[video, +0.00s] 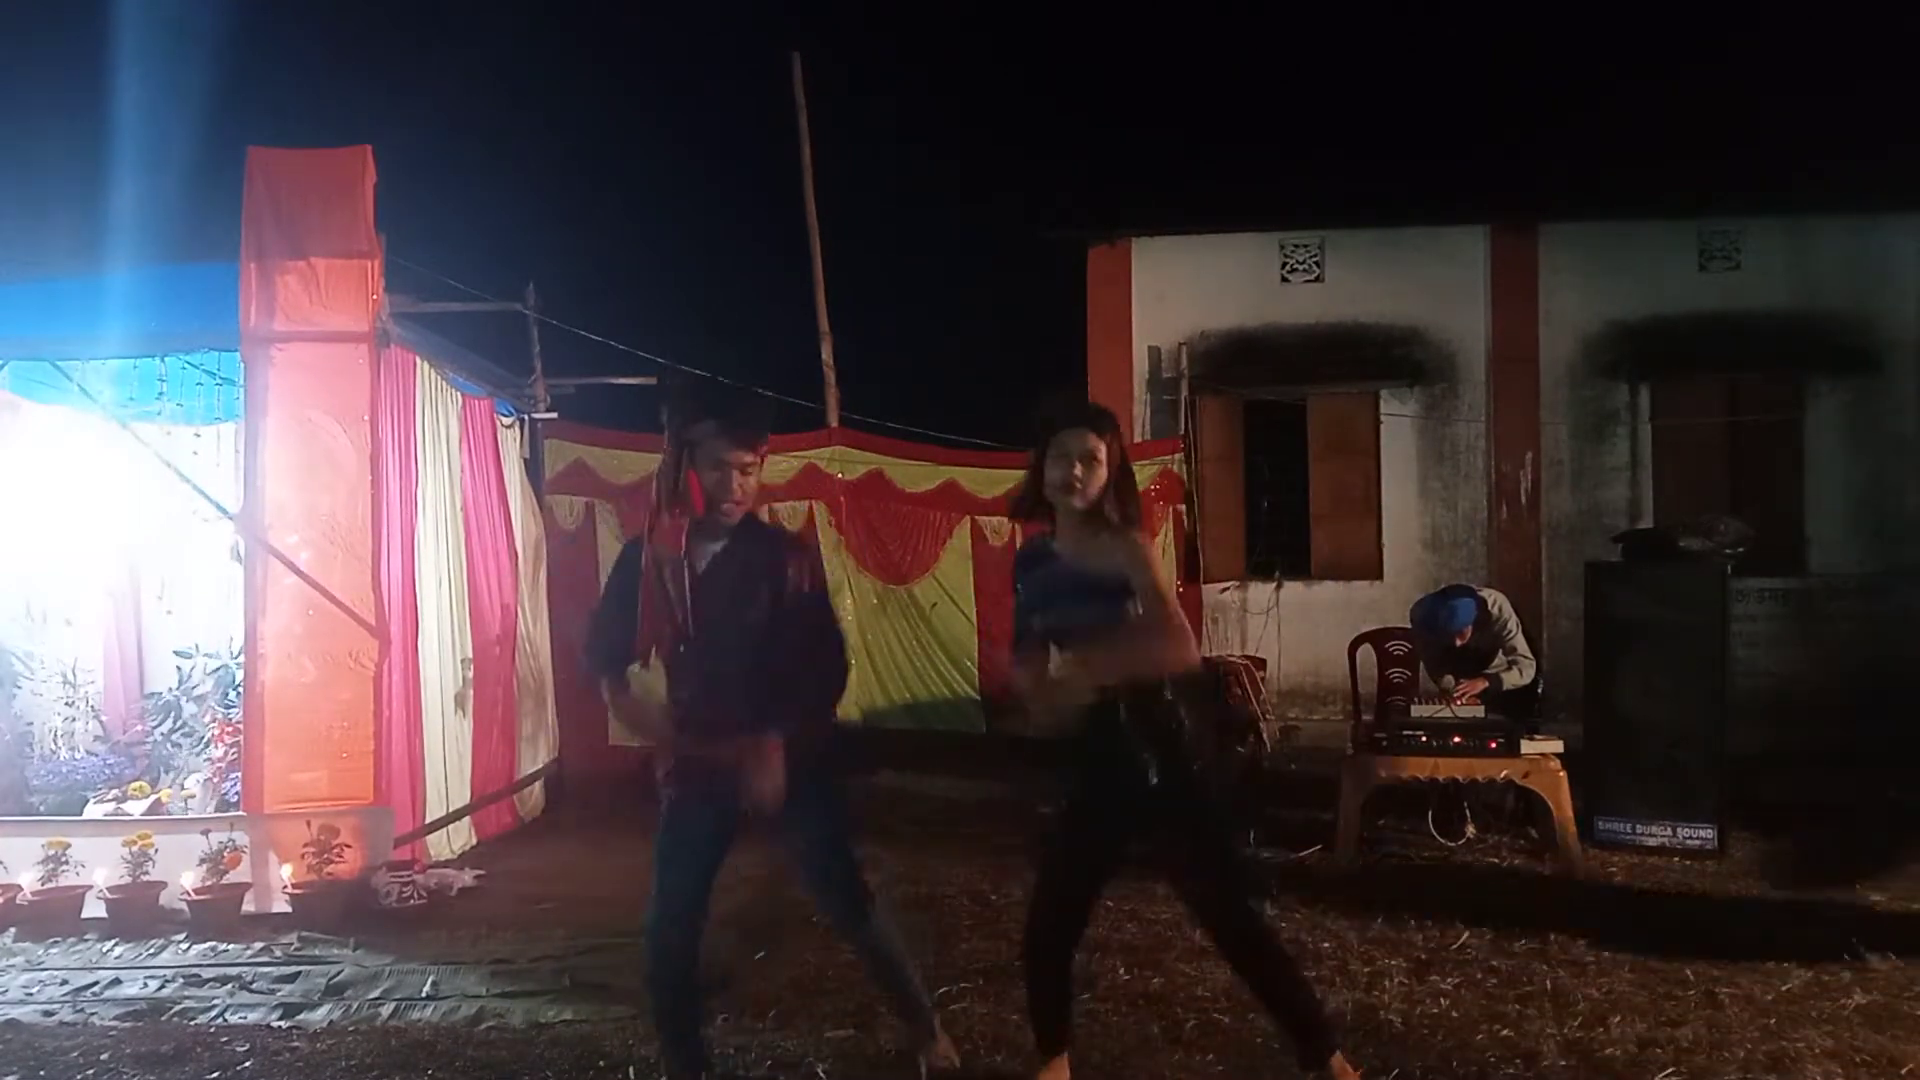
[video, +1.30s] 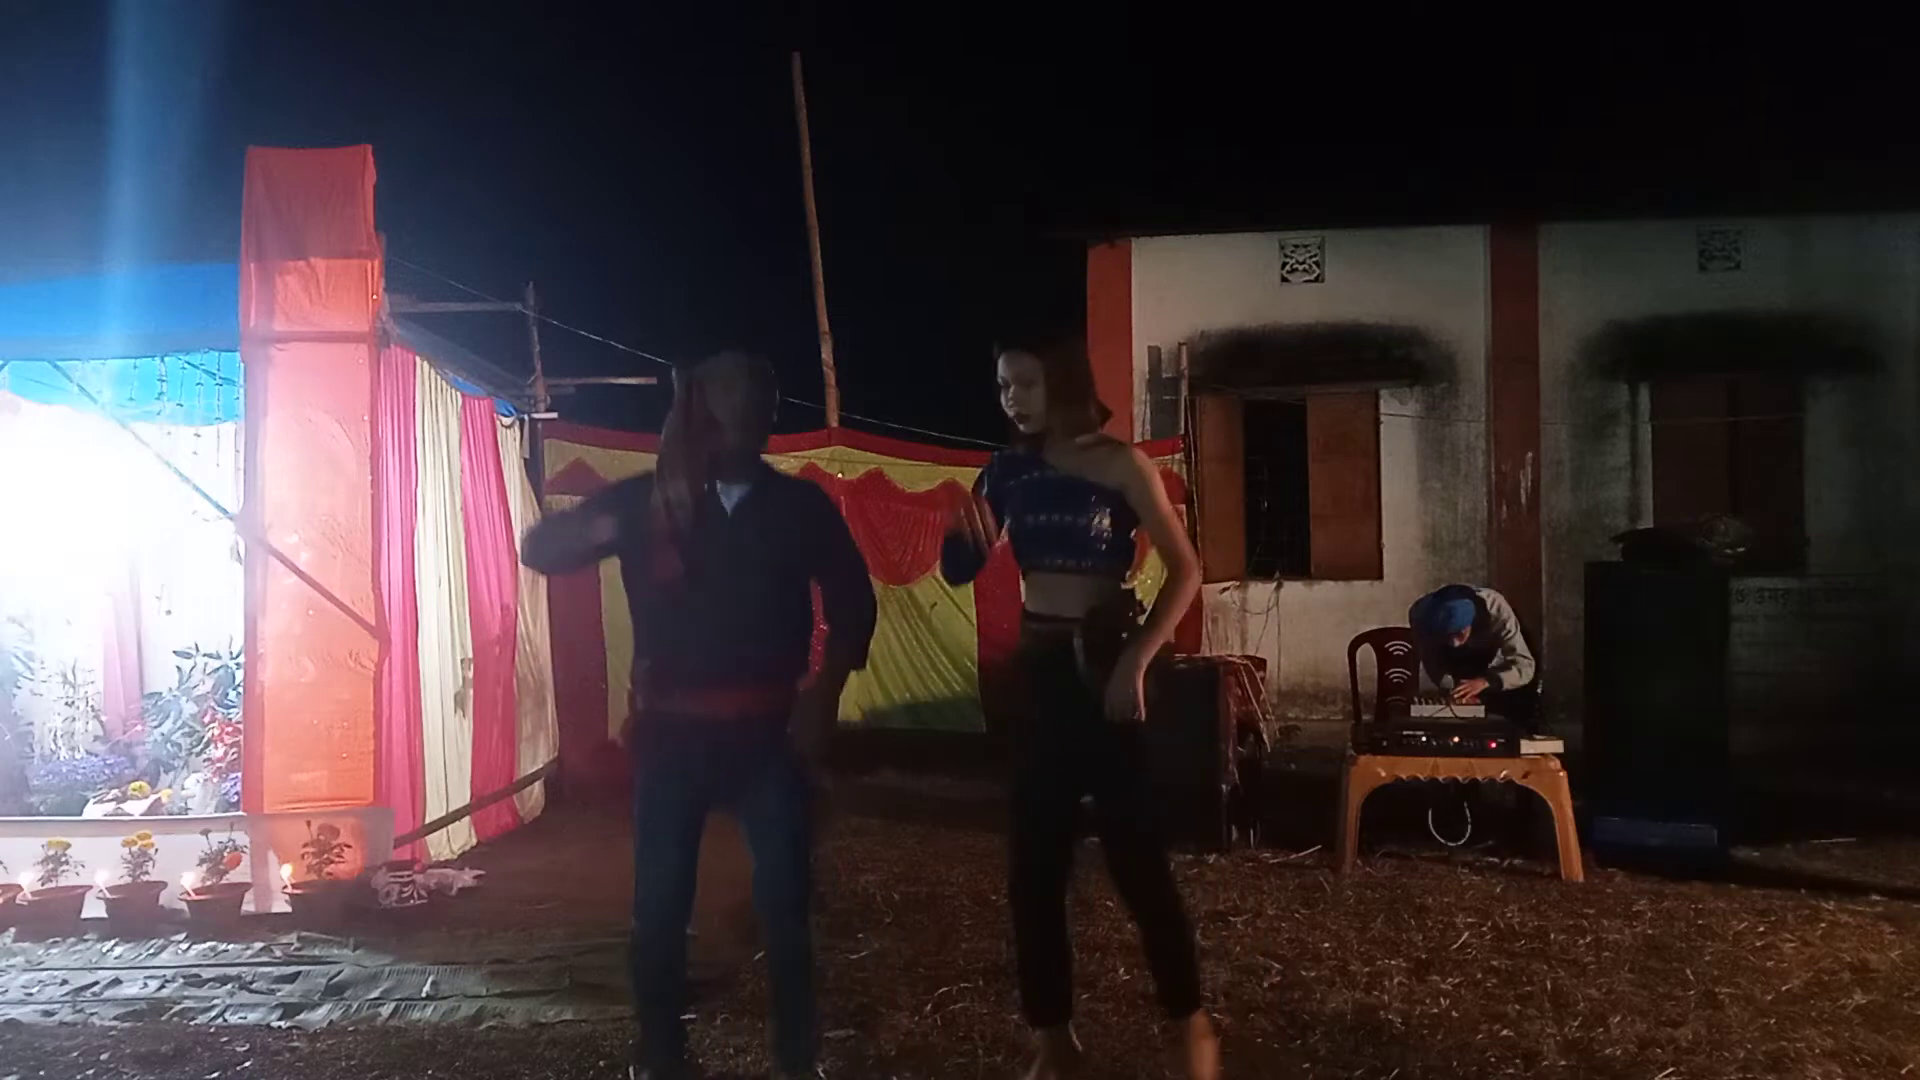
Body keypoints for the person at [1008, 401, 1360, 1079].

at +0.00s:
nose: (1076, 472)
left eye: (1091, 462)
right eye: (1064, 458)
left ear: (1111, 477)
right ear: (1042, 466)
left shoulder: (1128, 546)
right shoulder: (1034, 560)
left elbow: (1180, 648)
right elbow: (1025, 668)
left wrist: (1085, 668)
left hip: (1163, 744)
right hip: (1093, 748)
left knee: (1228, 914)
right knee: (1050, 923)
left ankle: (1328, 1058)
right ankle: (1054, 1058)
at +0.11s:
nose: (1090, 473)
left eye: (1105, 462)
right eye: (1078, 459)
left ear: (1124, 477)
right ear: (1056, 468)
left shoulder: (1146, 557)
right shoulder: (1033, 560)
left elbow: (1214, 661)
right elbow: (1014, 654)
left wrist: (1166, 722)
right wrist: (1019, 682)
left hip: (1151, 746)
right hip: (1079, 749)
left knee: (1213, 915)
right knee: (1049, 918)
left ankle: (1313, 1057)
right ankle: (1051, 1058)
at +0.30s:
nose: (1104, 407)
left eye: (1116, 392)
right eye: (1089, 396)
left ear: (1141, 404)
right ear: (1071, 412)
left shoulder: (1186, 488)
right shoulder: (1067, 488)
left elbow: (1227, 582)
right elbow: (1007, 550)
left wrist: (1203, 664)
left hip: (1167, 678)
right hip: (1089, 677)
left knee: (1202, 858)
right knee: (1055, 857)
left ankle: (1247, 1040)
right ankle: (1026, 1034)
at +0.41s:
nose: (1110, 421)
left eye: (1121, 408)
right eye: (1095, 412)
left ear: (1146, 418)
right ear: (1078, 429)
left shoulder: (1196, 498)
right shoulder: (1081, 508)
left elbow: (1232, 592)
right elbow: (1019, 559)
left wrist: (1222, 677)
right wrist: (1078, 504)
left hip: (1178, 690)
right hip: (1101, 687)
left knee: (1202, 878)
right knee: (1051, 868)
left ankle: (1228, 1045)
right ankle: (1000, 1034)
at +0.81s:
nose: (1074, 418)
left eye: (1090, 403)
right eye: (1063, 403)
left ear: (1122, 404)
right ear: (1050, 406)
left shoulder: (1168, 481)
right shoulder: (1048, 487)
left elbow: (1247, 573)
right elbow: (1029, 600)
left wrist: (1213, 661)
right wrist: (1000, 560)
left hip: (1178, 683)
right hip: (1099, 686)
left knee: (1218, 869)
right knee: (1061, 870)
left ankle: (1268, 1046)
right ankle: (1040, 1045)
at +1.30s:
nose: (1009, 400)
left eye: (1022, 384)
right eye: (1003, 386)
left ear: (1063, 380)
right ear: (1001, 391)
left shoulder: (1116, 460)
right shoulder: (1007, 468)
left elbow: (1186, 568)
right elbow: (958, 572)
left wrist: (1137, 661)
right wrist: (966, 536)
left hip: (1106, 667)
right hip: (1036, 668)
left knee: (1135, 855)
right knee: (1034, 857)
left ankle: (1193, 1027)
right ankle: (1051, 1041)